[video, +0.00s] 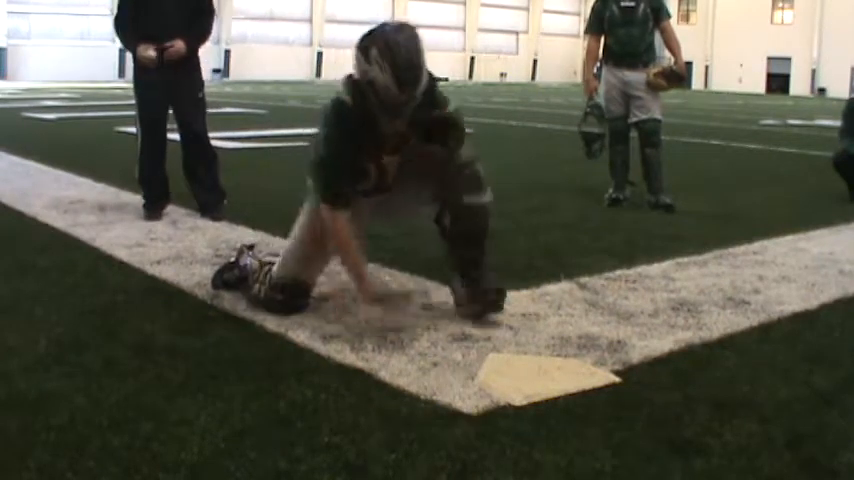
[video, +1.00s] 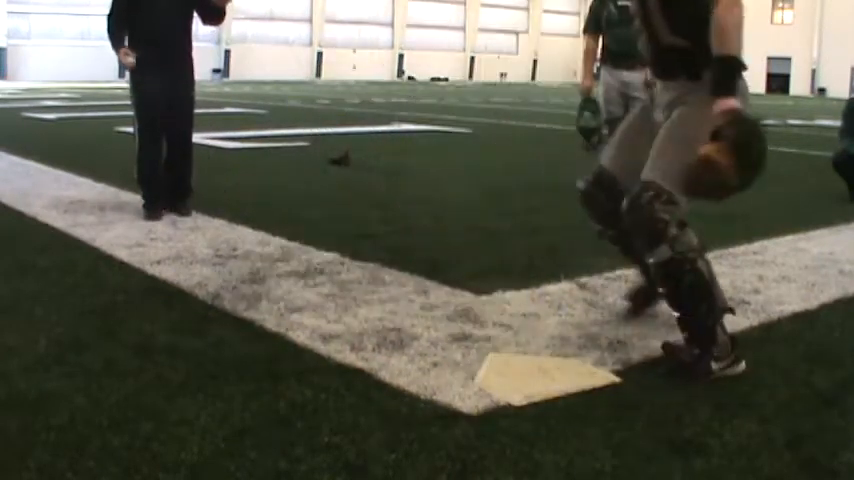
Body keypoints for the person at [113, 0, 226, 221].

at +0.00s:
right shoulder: (130, 3)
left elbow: (206, 17)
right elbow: (122, 20)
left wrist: (188, 43)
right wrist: (136, 46)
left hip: (184, 63)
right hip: (147, 64)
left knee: (195, 134)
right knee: (151, 136)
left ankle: (211, 203)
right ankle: (154, 201)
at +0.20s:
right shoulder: (124, 3)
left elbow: (203, 15)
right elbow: (113, 21)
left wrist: (194, 42)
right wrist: (123, 49)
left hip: (181, 63)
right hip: (144, 65)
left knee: (193, 136)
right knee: (148, 138)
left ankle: (210, 203)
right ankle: (153, 201)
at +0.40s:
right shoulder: (122, 3)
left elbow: (197, 10)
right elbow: (111, 21)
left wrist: (200, 30)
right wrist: (119, 49)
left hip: (180, 63)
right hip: (143, 65)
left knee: (190, 136)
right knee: (149, 139)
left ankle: (194, 200)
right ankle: (153, 202)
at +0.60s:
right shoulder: (124, 3)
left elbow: (199, 21)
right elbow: (113, 23)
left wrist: (211, 21)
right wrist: (122, 49)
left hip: (177, 64)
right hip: (143, 65)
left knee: (180, 136)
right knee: (148, 137)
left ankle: (179, 199)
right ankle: (152, 202)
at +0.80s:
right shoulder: (124, 2)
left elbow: (208, 18)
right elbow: (114, 21)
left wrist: (218, 8)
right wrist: (123, 48)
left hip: (178, 64)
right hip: (144, 65)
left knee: (180, 134)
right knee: (149, 136)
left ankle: (181, 199)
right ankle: (152, 202)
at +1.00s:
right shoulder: (127, 2)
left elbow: (211, 16)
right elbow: (116, 18)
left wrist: (220, 6)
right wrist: (120, 47)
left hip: (179, 65)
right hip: (145, 66)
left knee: (181, 135)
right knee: (149, 136)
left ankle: (180, 199)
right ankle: (152, 202)